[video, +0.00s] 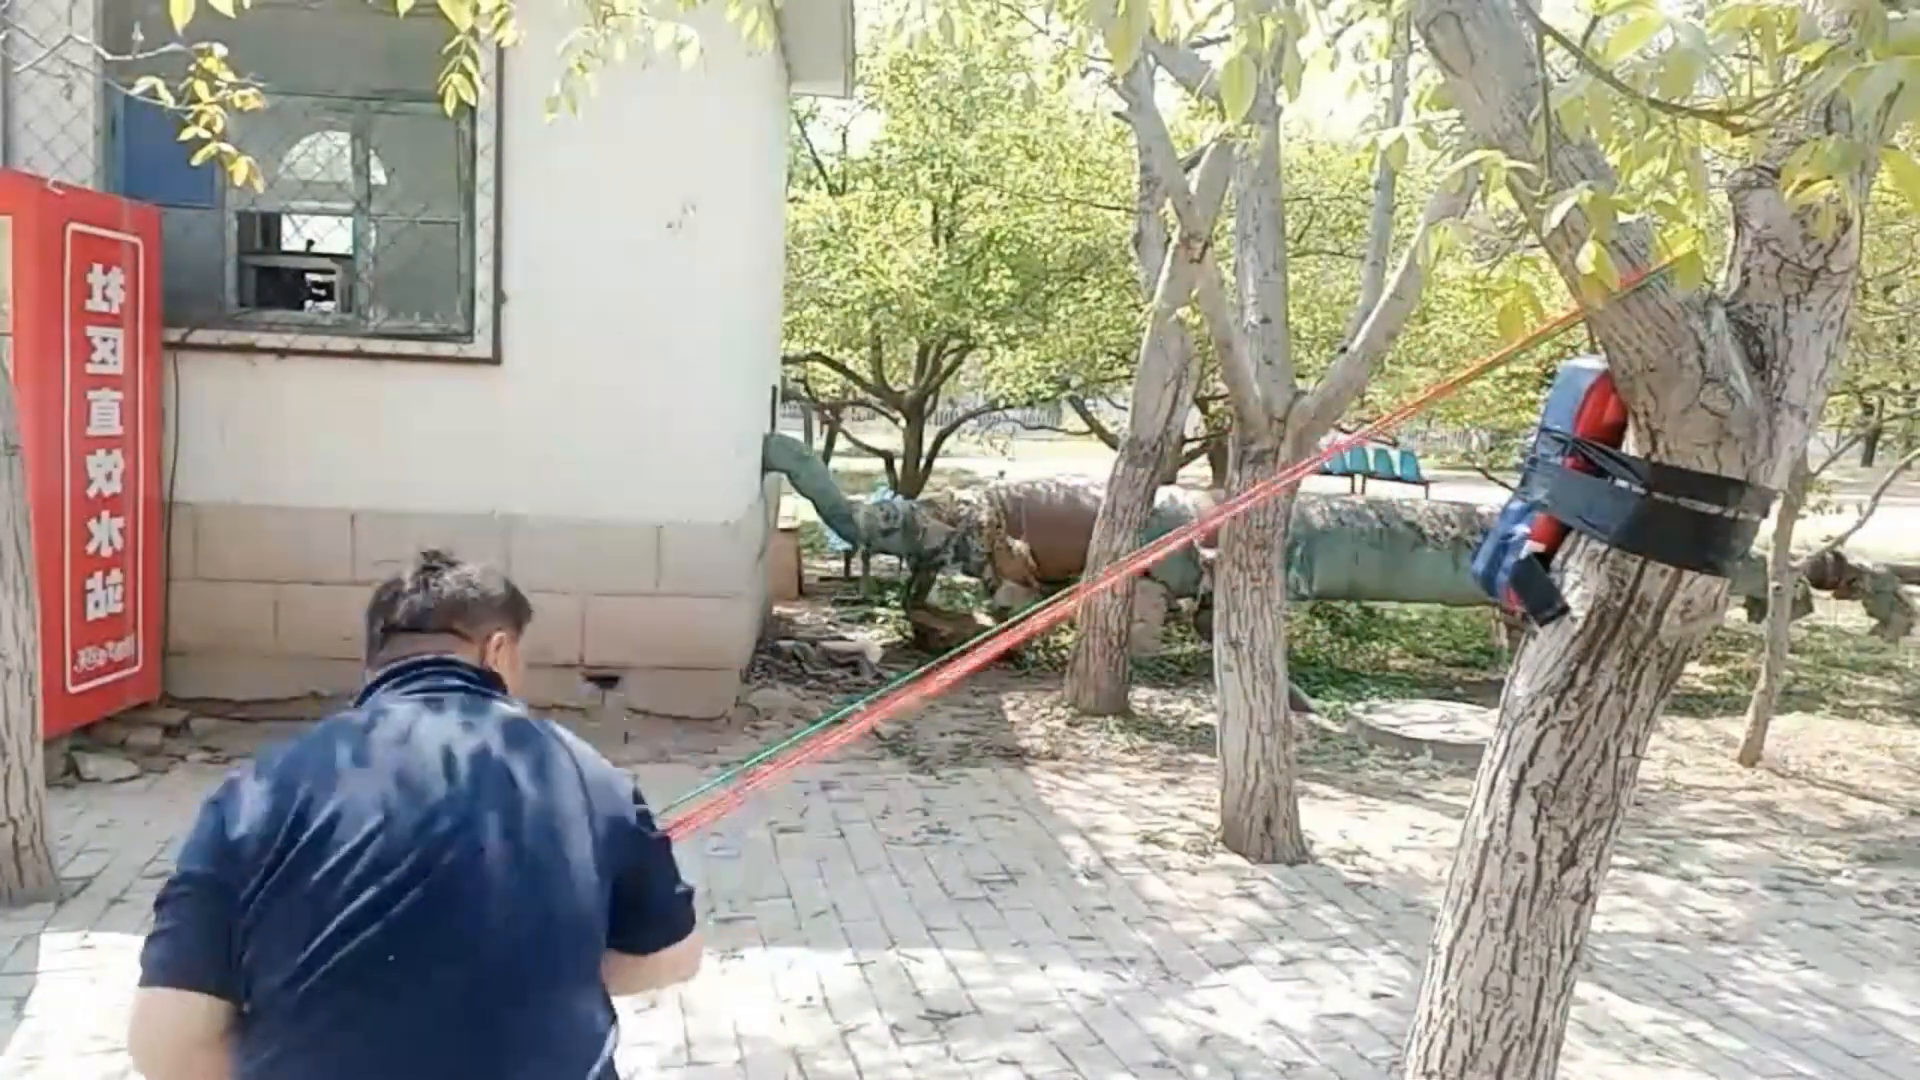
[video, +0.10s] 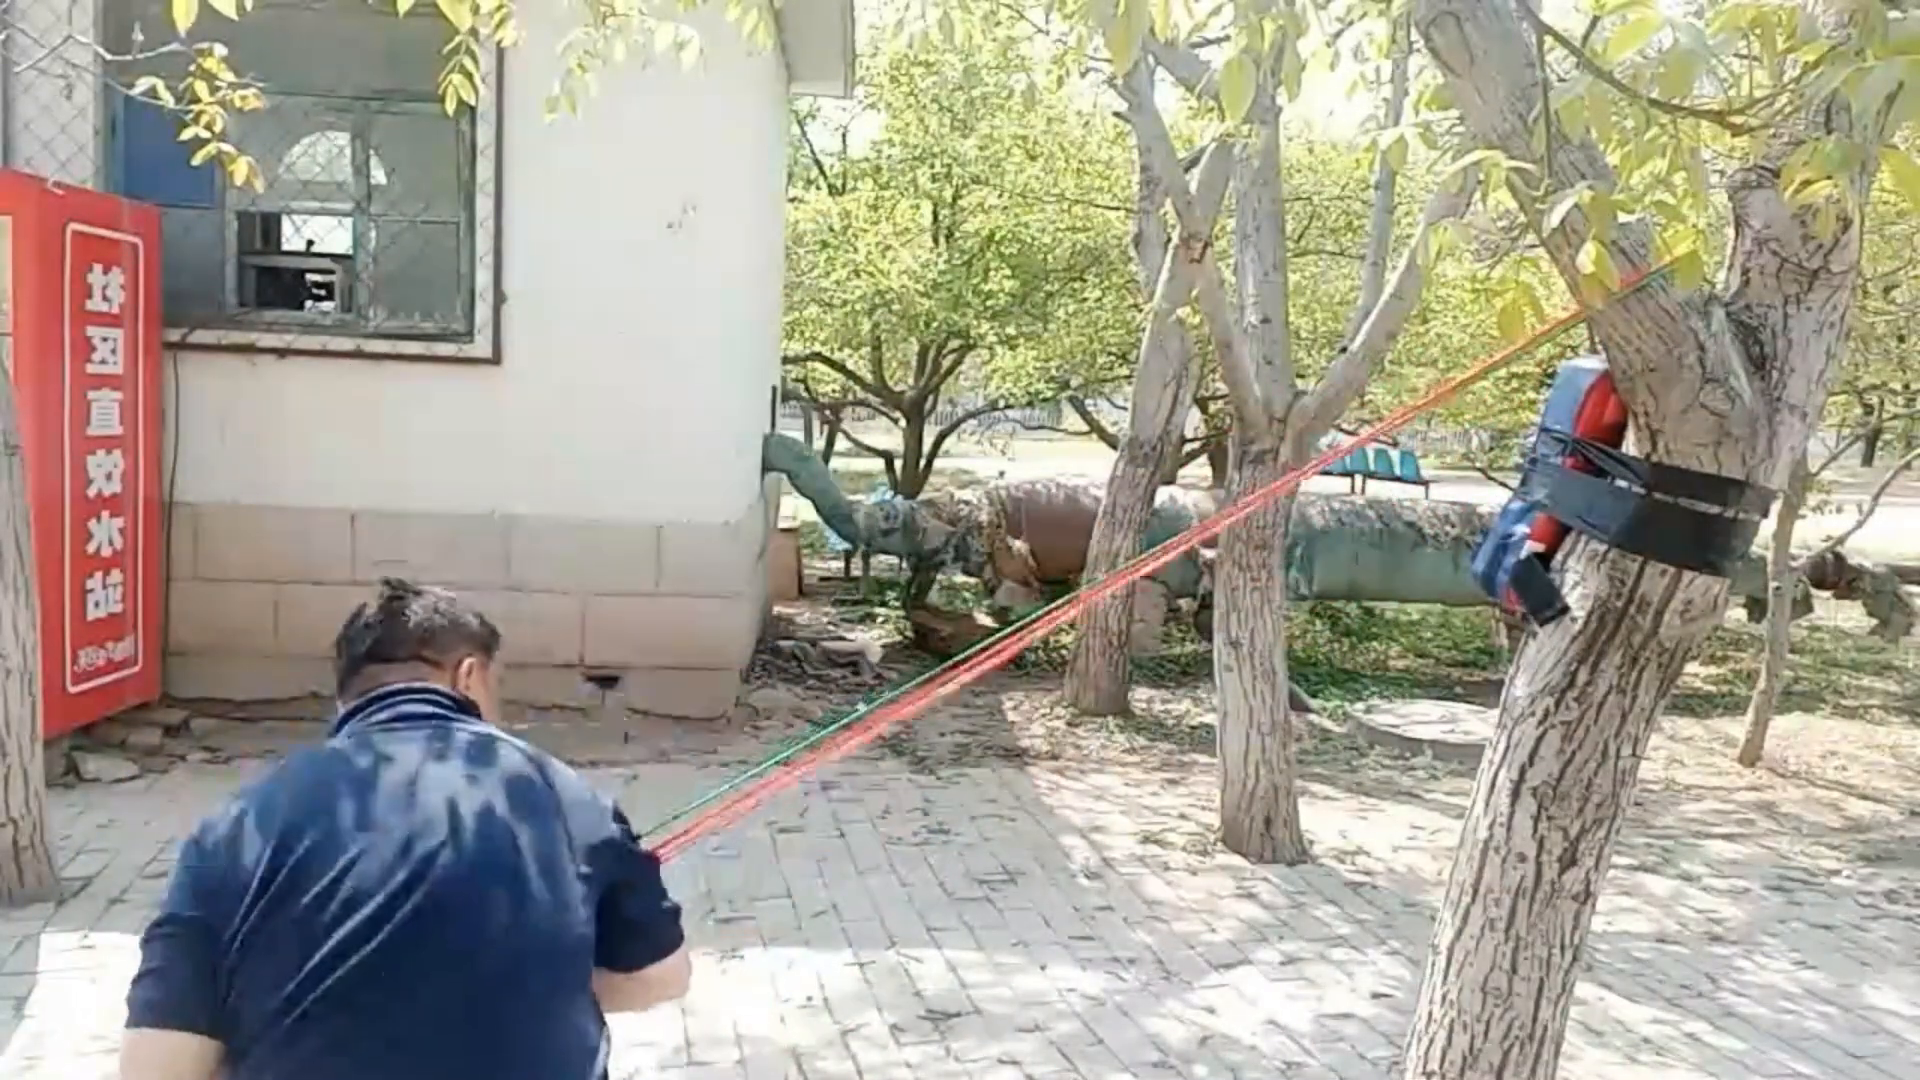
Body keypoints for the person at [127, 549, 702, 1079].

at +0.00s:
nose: (523, 677)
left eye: (523, 657)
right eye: (522, 656)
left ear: (375, 658)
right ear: (496, 651)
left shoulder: (259, 787)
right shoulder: (588, 778)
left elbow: (165, 1038)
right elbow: (669, 956)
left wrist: (289, 1019)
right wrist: (536, 955)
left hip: (321, 1064)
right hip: (543, 1067)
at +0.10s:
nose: (502, 715)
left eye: (500, 693)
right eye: (499, 691)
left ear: (347, 697)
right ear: (468, 676)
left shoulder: (236, 827)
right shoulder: (568, 799)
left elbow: (160, 1058)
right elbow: (657, 977)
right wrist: (530, 974)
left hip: (316, 1067)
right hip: (534, 1071)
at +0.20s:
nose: (508, 721)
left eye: (506, 698)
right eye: (505, 696)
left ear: (355, 701)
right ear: (474, 682)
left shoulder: (239, 833)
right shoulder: (569, 802)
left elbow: (170, 1059)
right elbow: (668, 977)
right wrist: (535, 991)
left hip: (316, 1066)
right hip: (538, 1070)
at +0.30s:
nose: (519, 710)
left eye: (517, 686)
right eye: (516, 684)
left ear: (367, 693)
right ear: (484, 675)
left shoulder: (240, 833)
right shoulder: (578, 797)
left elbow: (179, 1060)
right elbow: (680, 969)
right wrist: (537, 984)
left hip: (316, 1066)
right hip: (545, 1070)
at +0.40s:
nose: (520, 640)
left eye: (521, 612)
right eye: (515, 612)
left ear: (359, 628)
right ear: (468, 616)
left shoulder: (240, 780)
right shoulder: (577, 743)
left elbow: (216, 1039)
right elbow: (708, 905)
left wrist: (333, 966)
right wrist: (584, 906)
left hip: (316, 1063)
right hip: (542, 1061)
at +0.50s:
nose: (507, 547)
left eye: (500, 522)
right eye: (493, 521)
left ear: (341, 545)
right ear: (424, 535)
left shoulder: (229, 693)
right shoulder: (535, 656)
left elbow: (289, 893)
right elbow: (694, 815)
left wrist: (523, 887)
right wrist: (700, 761)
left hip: (271, 1065)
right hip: (511, 1065)